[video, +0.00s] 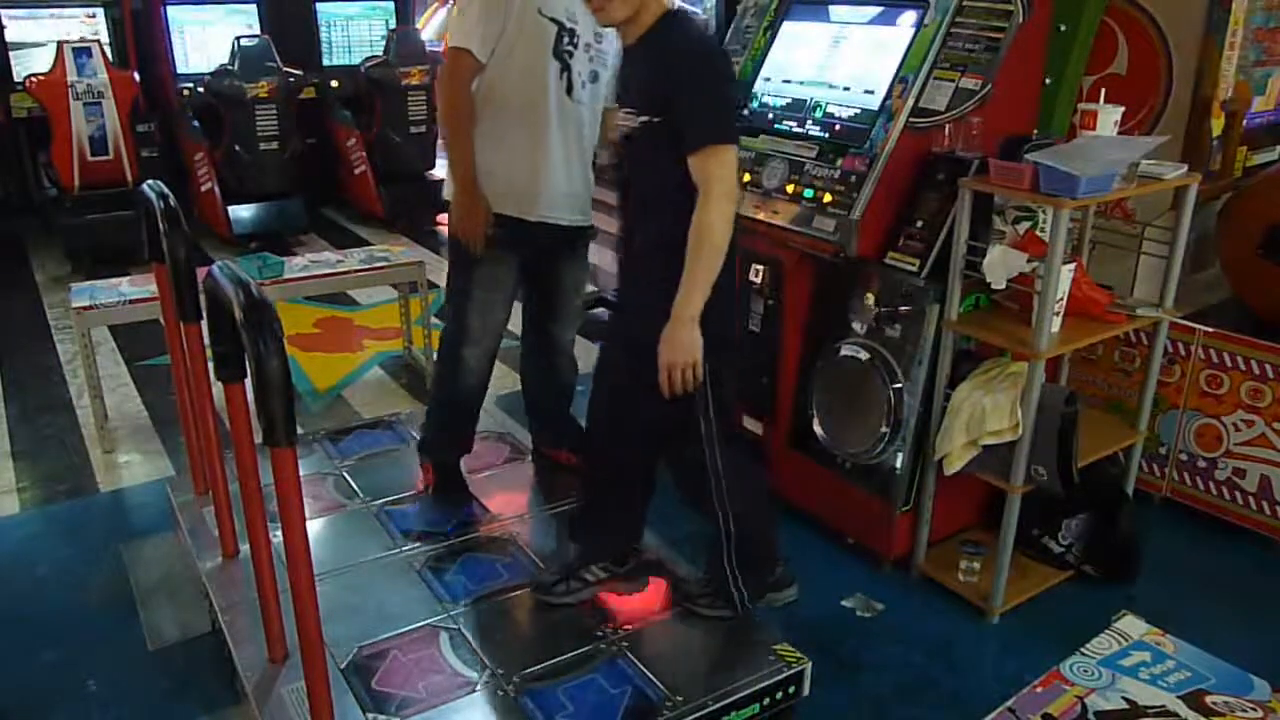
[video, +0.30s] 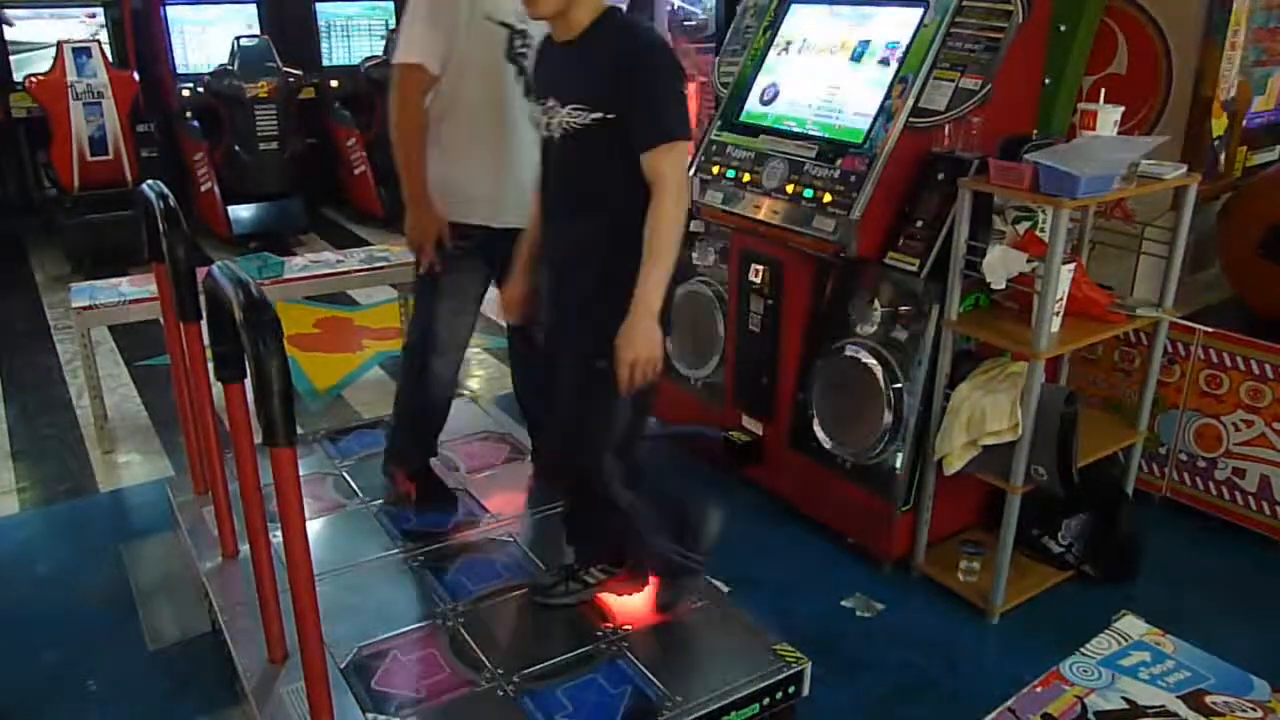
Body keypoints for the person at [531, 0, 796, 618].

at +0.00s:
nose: (593, 3)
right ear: (606, 4)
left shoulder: (693, 55)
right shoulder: (634, 54)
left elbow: (719, 195)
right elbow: (646, 182)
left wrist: (686, 317)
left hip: (686, 300)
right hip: (640, 293)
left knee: (706, 444)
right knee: (615, 427)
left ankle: (755, 567)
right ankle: (610, 549)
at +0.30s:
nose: (526, 2)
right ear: (541, 2)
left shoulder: (641, 53)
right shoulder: (550, 56)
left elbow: (672, 186)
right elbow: (553, 177)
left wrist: (645, 314)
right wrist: (524, 268)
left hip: (620, 294)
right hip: (564, 286)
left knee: (607, 444)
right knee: (568, 435)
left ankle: (671, 553)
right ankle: (603, 556)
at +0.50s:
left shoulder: (615, 53)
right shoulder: (499, 48)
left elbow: (649, 189)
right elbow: (490, 165)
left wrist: (623, 311)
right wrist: (453, 265)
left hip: (594, 284)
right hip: (524, 277)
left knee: (564, 452)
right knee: (553, 431)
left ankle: (566, 600)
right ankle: (604, 548)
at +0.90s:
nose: (436, 0)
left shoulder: (576, 70)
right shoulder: (423, 49)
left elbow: (606, 214)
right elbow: (418, 166)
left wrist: (613, 344)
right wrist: (380, 277)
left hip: (539, 321)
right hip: (452, 313)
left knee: (514, 502)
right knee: (460, 458)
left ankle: (499, 654)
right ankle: (557, 529)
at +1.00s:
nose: (425, 4)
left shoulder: (570, 70)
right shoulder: (408, 45)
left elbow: (599, 216)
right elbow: (395, 166)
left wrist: (600, 346)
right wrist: (357, 267)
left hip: (531, 325)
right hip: (436, 319)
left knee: (514, 505)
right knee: (436, 481)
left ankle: (501, 661)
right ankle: (529, 541)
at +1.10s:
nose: (413, 7)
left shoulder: (559, 69)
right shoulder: (388, 43)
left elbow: (590, 214)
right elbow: (366, 167)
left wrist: (588, 345)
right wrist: (323, 250)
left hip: (521, 327)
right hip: (423, 322)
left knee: (514, 497)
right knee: (428, 489)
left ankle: (506, 661)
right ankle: (455, 624)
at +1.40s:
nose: (359, 3)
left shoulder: (526, 63)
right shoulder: (322, 55)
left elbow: (554, 206)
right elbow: (270, 166)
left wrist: (571, 336)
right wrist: (266, 277)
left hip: (497, 340)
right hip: (389, 346)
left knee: (510, 523)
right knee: (398, 533)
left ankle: (501, 666)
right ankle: (395, 694)